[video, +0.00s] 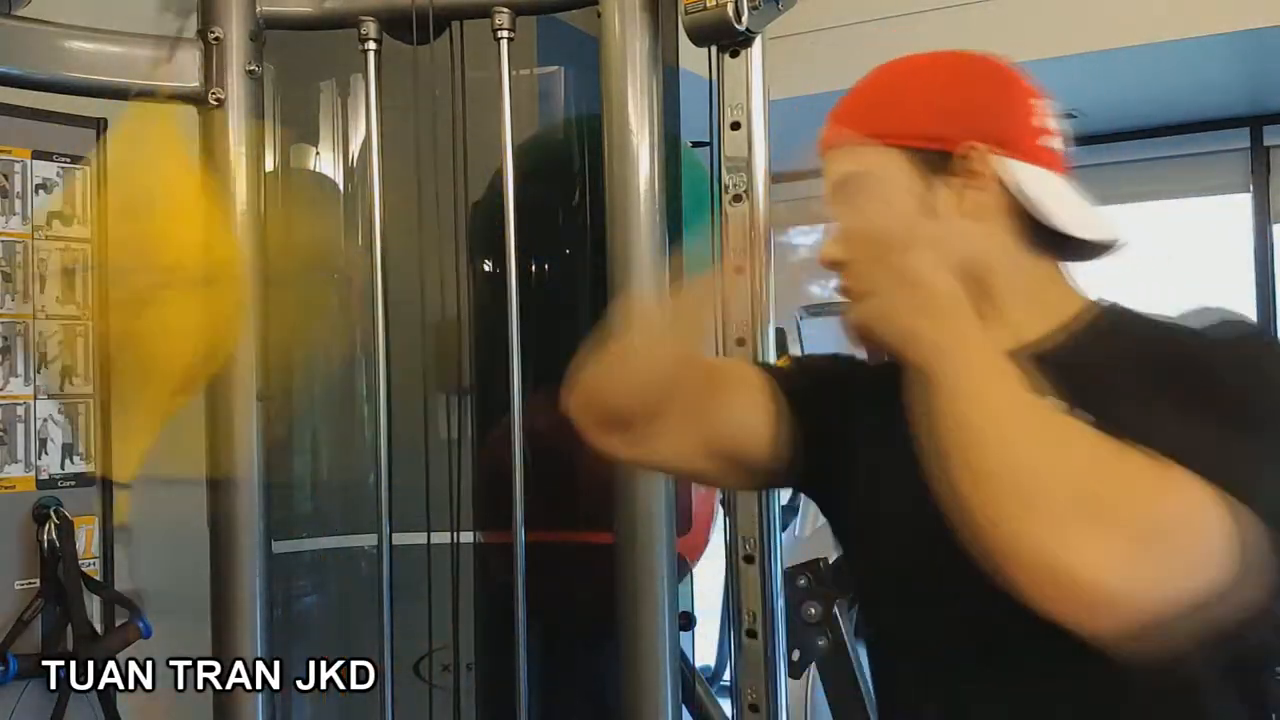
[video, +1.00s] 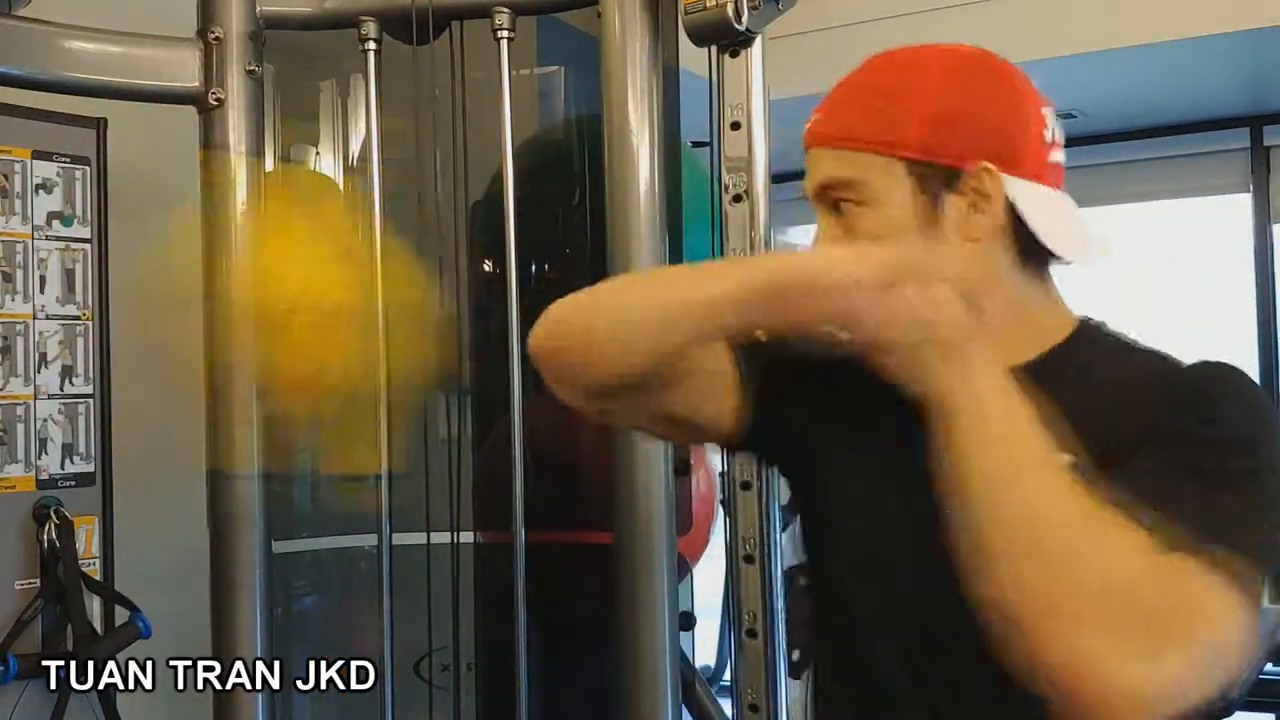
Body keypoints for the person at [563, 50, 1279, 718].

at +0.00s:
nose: (827, 251)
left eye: (849, 197)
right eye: (830, 209)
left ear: (970, 185)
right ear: (966, 189)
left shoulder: (1226, 374)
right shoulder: (864, 409)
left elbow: (1117, 580)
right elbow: (611, 404)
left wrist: (938, 325)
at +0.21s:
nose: (809, 297)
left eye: (811, 250)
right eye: (802, 261)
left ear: (894, 220)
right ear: (894, 225)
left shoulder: (1088, 347)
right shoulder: (959, 414)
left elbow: (827, 559)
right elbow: (814, 660)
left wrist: (816, 357)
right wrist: (540, 510)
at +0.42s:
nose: (763, 362)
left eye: (766, 322)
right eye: (756, 331)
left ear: (857, 293)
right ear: (862, 294)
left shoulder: (979, 431)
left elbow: (723, 663)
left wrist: (727, 419)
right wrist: (725, 434)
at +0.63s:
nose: (755, 248)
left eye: (779, 199)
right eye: (756, 214)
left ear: (903, 183)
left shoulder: (1119, 344)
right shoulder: (831, 448)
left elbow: (1008, 500)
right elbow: (776, 650)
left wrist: (855, 341)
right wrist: (546, 533)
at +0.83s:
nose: (800, 244)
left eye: (828, 196)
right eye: (791, 209)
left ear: (956, 181)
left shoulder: (1182, 384)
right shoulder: (801, 395)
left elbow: (1203, 614)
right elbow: (558, 347)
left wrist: (984, 308)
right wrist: (686, 199)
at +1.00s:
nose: (817, 250)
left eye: (844, 206)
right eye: (816, 213)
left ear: (974, 208)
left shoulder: (1201, 415)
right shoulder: (832, 401)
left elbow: (1128, 672)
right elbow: (567, 351)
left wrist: (956, 371)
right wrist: (831, 290)